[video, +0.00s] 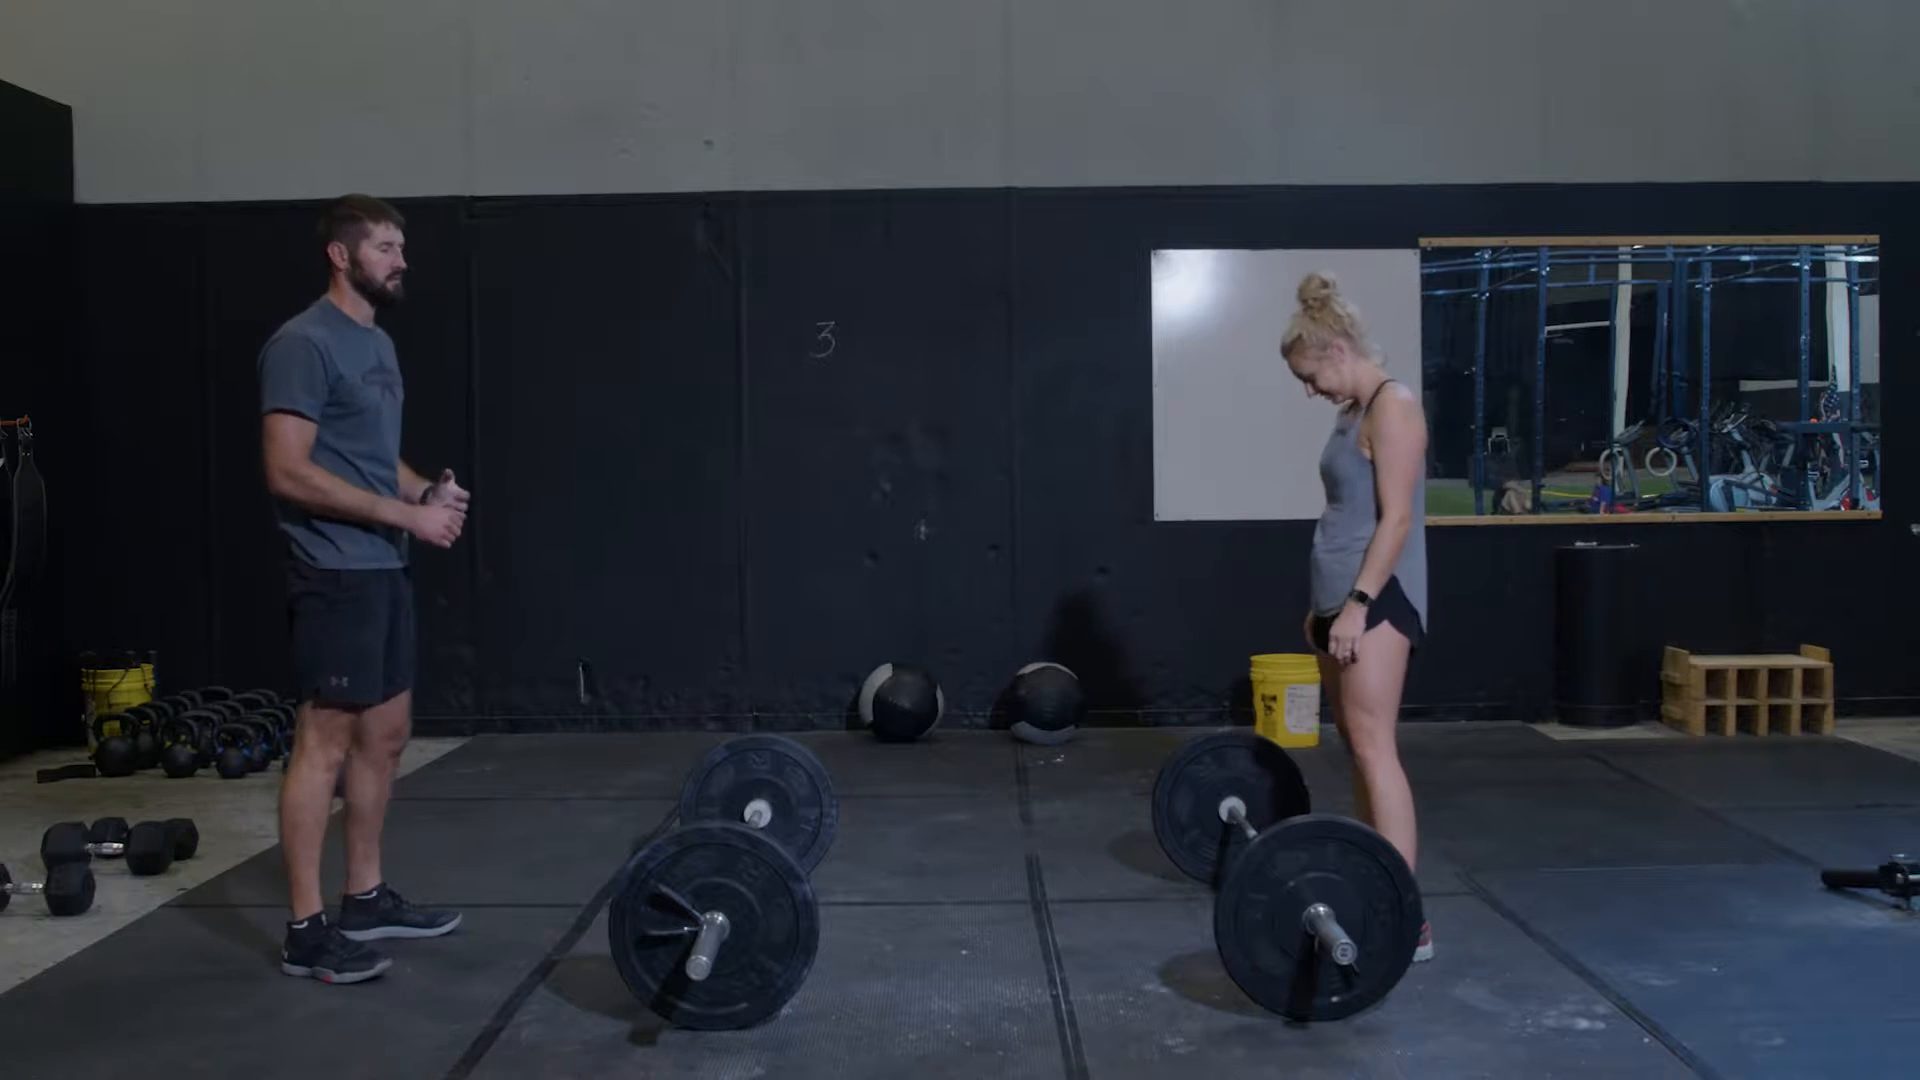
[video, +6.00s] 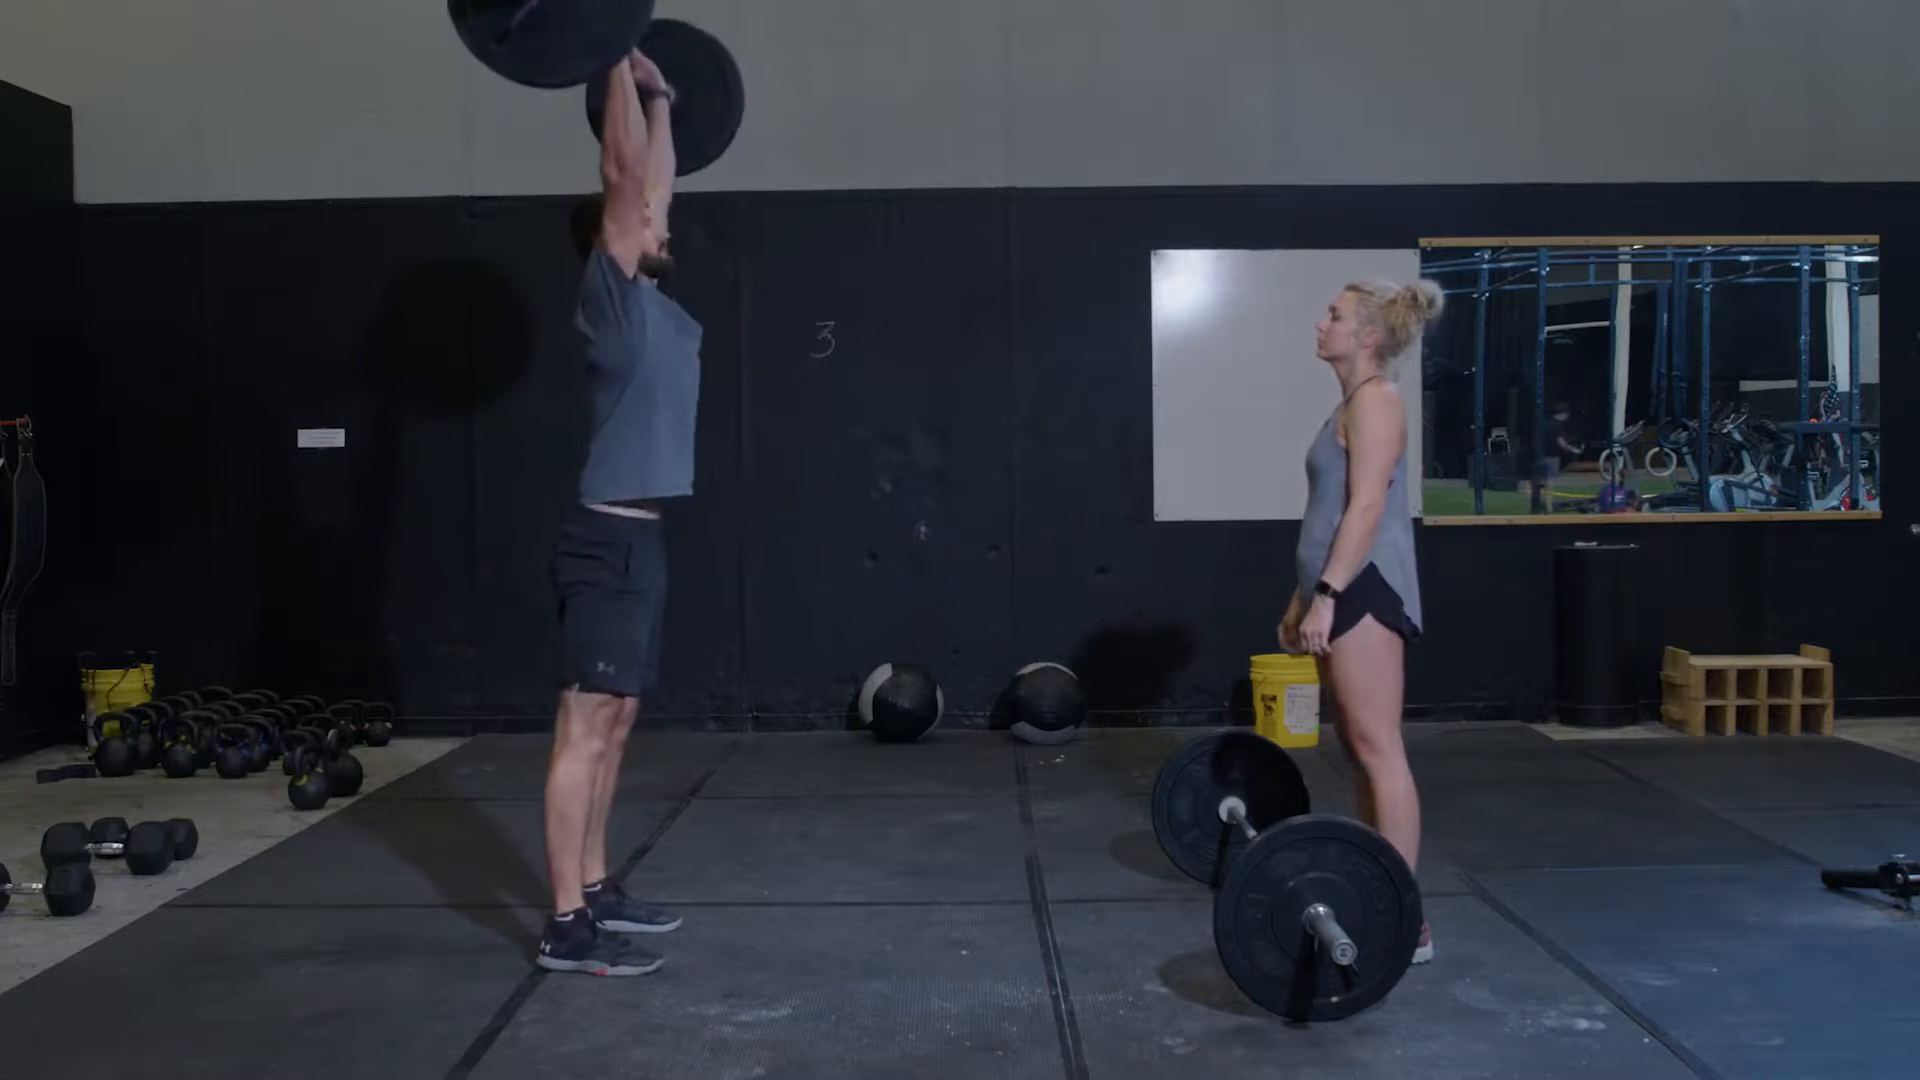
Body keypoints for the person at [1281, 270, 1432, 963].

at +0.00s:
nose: (1313, 389)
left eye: (1313, 375)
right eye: (1305, 381)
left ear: (1342, 347)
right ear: (1332, 354)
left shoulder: (1393, 407)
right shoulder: (1357, 412)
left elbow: (1397, 519)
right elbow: (1346, 518)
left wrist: (1357, 604)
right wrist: (1327, 603)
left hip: (1377, 598)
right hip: (1345, 596)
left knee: (1373, 745)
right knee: (1362, 744)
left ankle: (1402, 911)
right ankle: (1382, 900)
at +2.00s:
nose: (1301, 341)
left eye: (1312, 330)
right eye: (1303, 329)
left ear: (1351, 337)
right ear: (1342, 339)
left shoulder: (1365, 403)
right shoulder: (1341, 407)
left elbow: (1356, 511)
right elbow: (1326, 515)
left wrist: (1318, 595)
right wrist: (1299, 594)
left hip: (1361, 594)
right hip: (1340, 592)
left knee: (1373, 751)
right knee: (1364, 750)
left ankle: (1399, 911)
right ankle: (1385, 904)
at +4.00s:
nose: (1316, 329)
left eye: (1329, 320)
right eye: (1320, 318)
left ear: (1365, 333)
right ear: (1356, 334)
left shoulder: (1375, 400)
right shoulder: (1354, 403)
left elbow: (1365, 508)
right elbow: (1338, 512)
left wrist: (1325, 594)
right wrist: (1310, 594)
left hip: (1366, 593)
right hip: (1346, 592)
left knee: (1377, 749)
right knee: (1365, 748)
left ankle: (1399, 912)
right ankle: (1378, 901)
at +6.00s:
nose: (1321, 324)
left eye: (1335, 317)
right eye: (1325, 314)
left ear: (1369, 336)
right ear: (1358, 336)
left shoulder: (1375, 402)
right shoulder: (1351, 405)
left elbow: (1367, 509)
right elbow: (1331, 513)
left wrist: (1327, 593)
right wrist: (1304, 594)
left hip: (1367, 593)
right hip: (1342, 593)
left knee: (1378, 748)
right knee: (1359, 747)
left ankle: (1401, 914)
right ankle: (1375, 903)